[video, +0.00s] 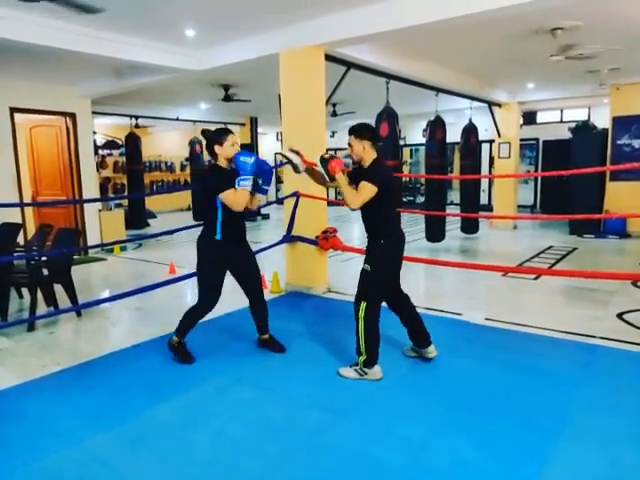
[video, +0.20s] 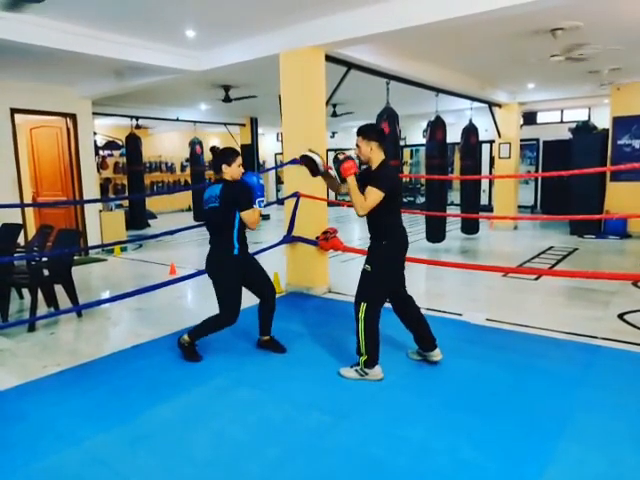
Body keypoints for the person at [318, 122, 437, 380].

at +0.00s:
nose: (349, 150)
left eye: (351, 145)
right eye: (349, 145)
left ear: (365, 144)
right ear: (364, 145)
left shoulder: (378, 171)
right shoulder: (363, 170)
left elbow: (354, 201)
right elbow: (329, 182)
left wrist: (338, 175)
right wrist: (305, 167)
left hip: (384, 243)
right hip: (385, 241)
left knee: (365, 303)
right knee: (393, 296)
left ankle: (367, 365)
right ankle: (424, 345)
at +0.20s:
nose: (356, 150)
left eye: (359, 145)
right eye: (356, 146)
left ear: (372, 145)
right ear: (373, 146)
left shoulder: (386, 174)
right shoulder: (371, 172)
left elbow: (362, 208)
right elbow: (340, 188)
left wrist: (349, 175)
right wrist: (320, 171)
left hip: (386, 245)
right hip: (390, 243)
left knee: (365, 304)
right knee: (398, 297)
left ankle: (368, 366)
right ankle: (429, 349)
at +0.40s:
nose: (364, 149)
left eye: (366, 144)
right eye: (364, 145)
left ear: (379, 145)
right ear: (385, 145)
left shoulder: (378, 172)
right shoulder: (397, 168)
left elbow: (343, 194)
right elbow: (374, 191)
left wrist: (340, 164)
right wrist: (357, 172)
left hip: (385, 247)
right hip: (404, 244)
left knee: (362, 305)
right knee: (409, 299)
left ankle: (368, 366)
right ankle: (431, 352)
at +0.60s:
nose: (365, 149)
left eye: (367, 144)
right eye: (366, 144)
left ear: (379, 144)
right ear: (387, 144)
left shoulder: (376, 170)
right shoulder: (399, 168)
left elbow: (336, 184)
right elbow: (372, 186)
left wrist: (328, 154)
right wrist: (354, 172)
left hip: (384, 247)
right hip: (405, 244)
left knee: (363, 304)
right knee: (410, 297)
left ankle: (368, 366)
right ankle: (431, 352)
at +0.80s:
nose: (364, 149)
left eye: (366, 144)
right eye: (364, 144)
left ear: (380, 144)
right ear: (384, 145)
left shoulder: (381, 171)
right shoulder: (392, 168)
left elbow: (350, 198)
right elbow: (365, 189)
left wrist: (336, 171)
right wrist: (346, 168)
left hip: (385, 247)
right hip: (402, 244)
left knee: (366, 306)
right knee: (407, 298)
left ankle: (368, 367)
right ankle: (430, 353)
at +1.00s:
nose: (370, 152)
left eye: (372, 147)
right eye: (370, 147)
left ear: (385, 146)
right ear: (389, 146)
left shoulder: (389, 173)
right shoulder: (398, 170)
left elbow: (373, 211)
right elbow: (387, 205)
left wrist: (353, 191)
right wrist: (366, 190)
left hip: (389, 248)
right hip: (404, 245)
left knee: (371, 305)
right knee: (411, 299)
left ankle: (368, 367)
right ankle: (431, 354)